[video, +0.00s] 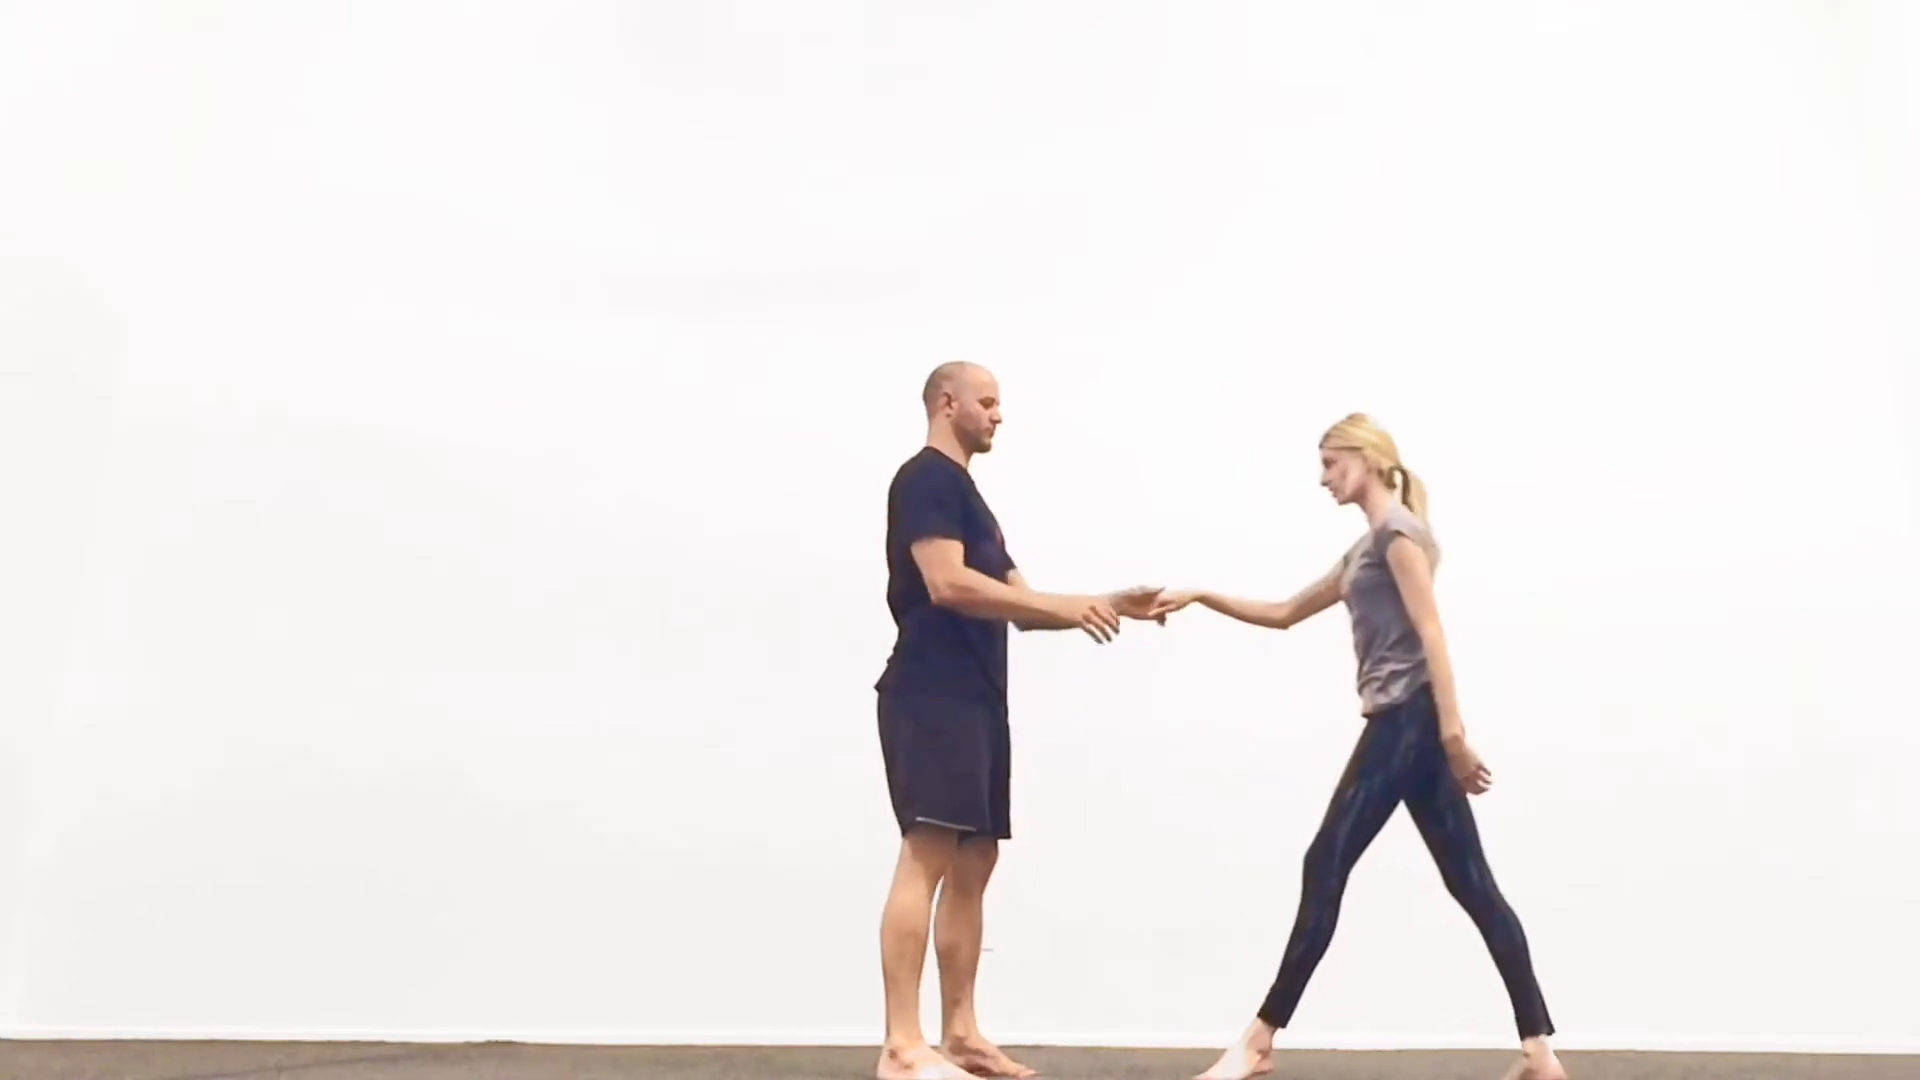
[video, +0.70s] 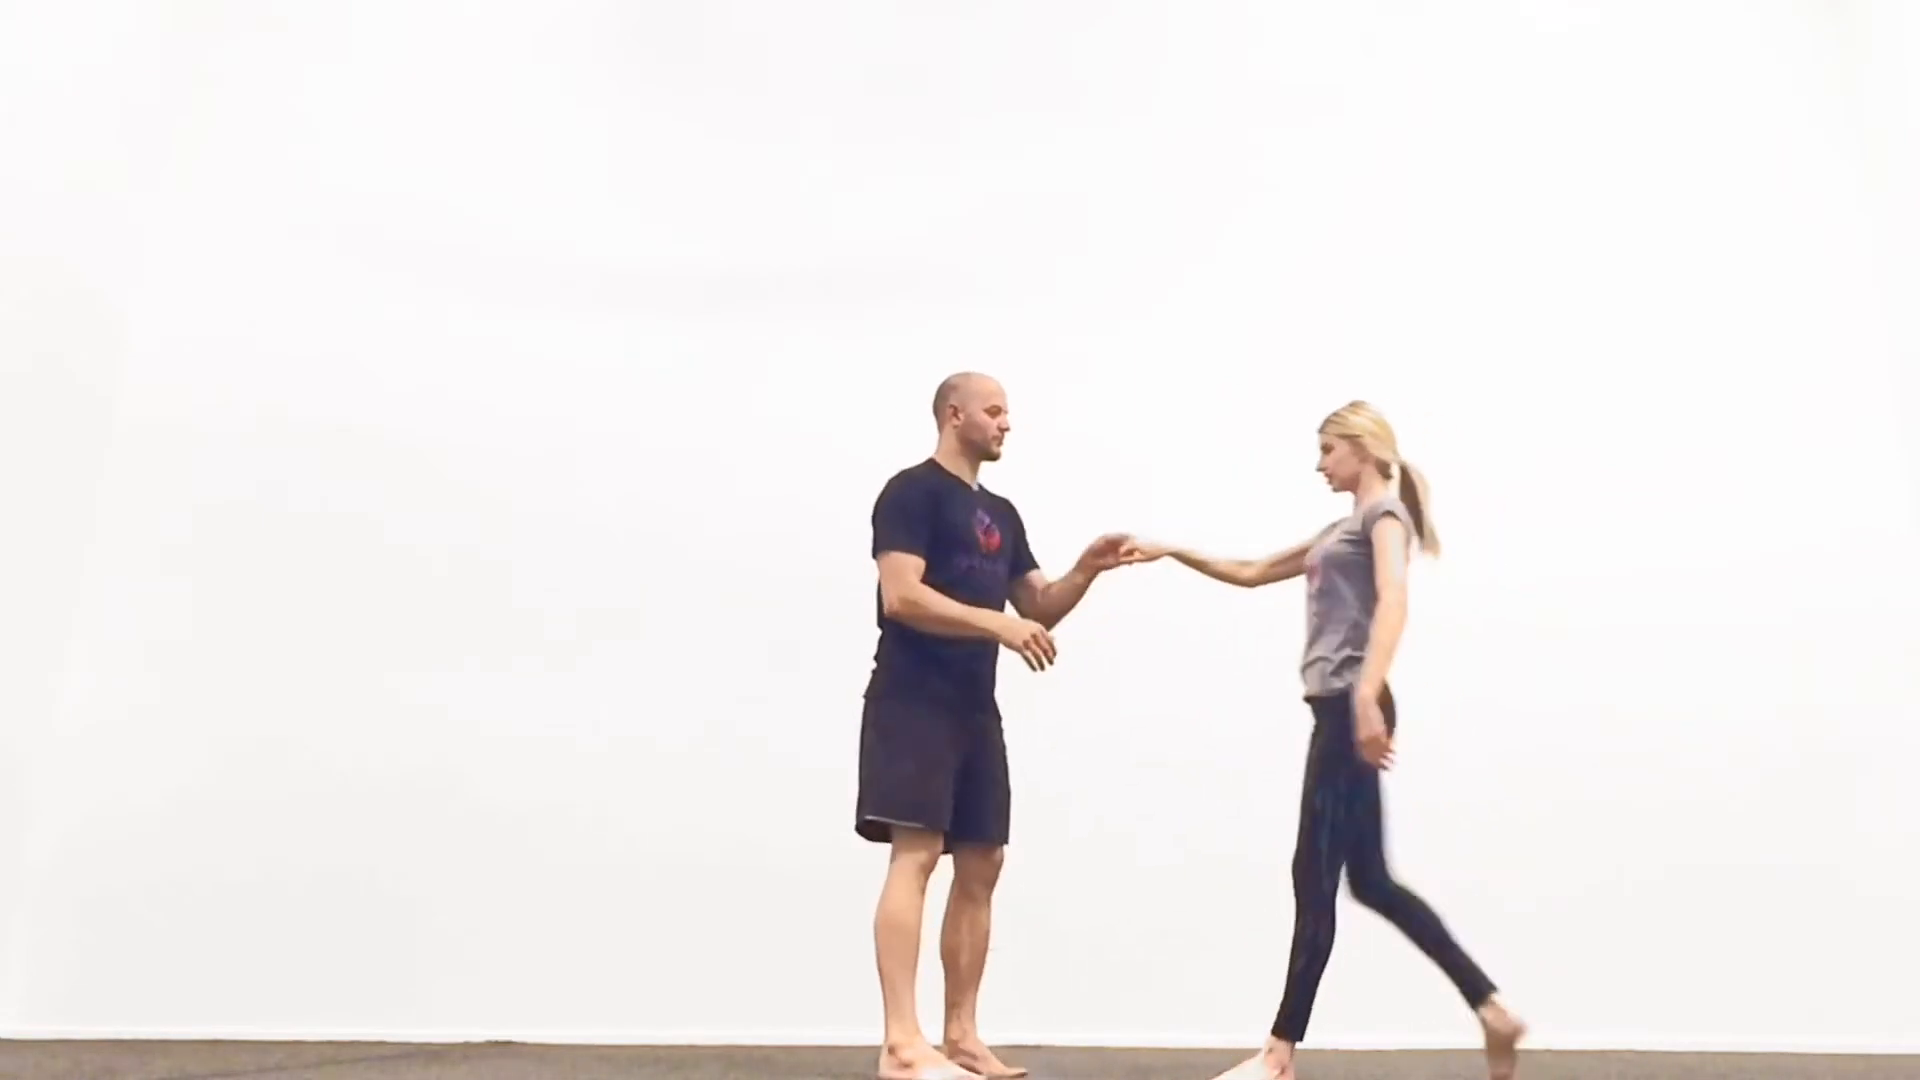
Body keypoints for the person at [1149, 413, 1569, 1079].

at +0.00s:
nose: (1325, 476)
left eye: (1333, 462)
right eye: (1323, 465)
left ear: (1370, 462)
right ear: (1357, 469)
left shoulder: (1397, 535)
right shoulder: (1366, 547)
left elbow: (1431, 632)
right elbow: (1284, 613)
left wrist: (1453, 733)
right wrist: (1196, 593)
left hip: (1402, 719)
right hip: (1414, 720)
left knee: (1326, 863)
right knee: (1475, 886)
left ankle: (1260, 1037)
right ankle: (1539, 1048)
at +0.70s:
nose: (1320, 461)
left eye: (1327, 448)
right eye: (1320, 450)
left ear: (1364, 449)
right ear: (1355, 454)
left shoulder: (1382, 514)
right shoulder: (1345, 527)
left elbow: (1393, 603)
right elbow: (1253, 571)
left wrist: (1368, 696)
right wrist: (1167, 551)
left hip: (1346, 706)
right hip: (1340, 706)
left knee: (1312, 874)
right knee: (1371, 882)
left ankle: (1280, 1051)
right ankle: (1492, 1011)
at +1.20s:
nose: (1091, 458)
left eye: (1100, 445)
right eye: (1092, 446)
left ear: (1132, 445)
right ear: (1131, 448)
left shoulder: (1155, 499)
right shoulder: (1117, 513)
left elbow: (1054, 500)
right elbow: (1032, 513)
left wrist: (950, 482)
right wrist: (949, 492)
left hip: (1179, 712)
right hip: (1134, 718)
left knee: (1226, 876)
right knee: (1046, 846)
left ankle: (1274, 1047)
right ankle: (992, 1009)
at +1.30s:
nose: (1025, 467)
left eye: (1036, 454)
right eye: (1029, 455)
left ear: (1067, 461)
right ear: (1061, 464)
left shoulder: (1091, 519)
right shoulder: (1041, 538)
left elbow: (982, 519)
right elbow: (946, 530)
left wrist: (879, 498)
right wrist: (862, 512)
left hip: (1132, 722)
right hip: (1085, 735)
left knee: (1196, 878)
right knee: (999, 857)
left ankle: (1270, 1048)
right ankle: (998, 1039)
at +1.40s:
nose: (962, 485)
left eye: (972, 472)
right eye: (965, 473)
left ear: (1004, 480)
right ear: (1001, 483)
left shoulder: (1021, 536)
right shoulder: (991, 546)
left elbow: (900, 544)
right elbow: (887, 550)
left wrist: (797, 525)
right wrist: (792, 538)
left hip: (1087, 732)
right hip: (1045, 747)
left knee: (1172, 882)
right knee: (951, 870)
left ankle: (1267, 1039)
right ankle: (993, 1044)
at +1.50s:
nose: (900, 510)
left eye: (910, 498)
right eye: (901, 498)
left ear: (943, 504)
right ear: (930, 509)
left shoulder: (961, 557)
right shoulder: (922, 576)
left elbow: (834, 560)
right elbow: (818, 579)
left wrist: (730, 541)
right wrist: (725, 571)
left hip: (1047, 741)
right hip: (1001, 767)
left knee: (1153, 866)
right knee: (913, 886)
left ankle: (1272, 1011)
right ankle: (989, 1042)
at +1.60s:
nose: (844, 528)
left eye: (857, 517)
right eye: (844, 517)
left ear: (894, 525)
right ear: (861, 532)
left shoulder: (904, 572)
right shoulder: (868, 602)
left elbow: (777, 572)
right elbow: (763, 594)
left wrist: (673, 548)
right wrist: (667, 590)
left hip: (1016, 743)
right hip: (957, 780)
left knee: (1142, 839)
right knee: (885, 899)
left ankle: (1283, 948)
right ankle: (979, 1037)